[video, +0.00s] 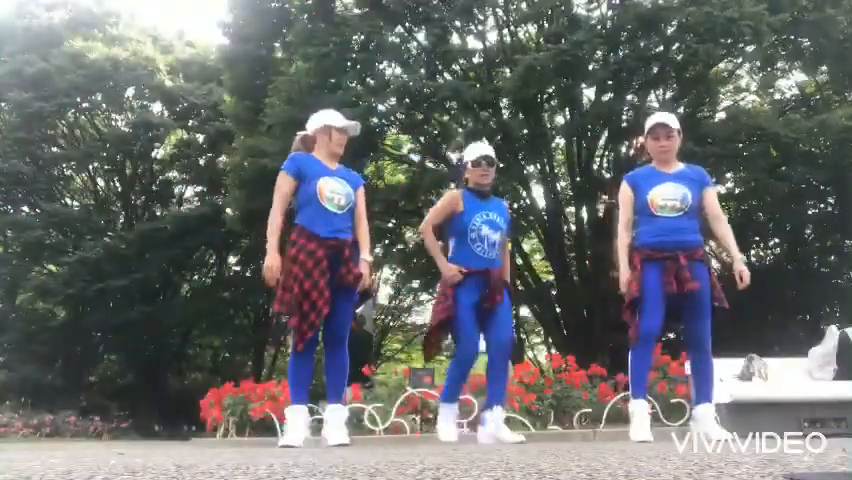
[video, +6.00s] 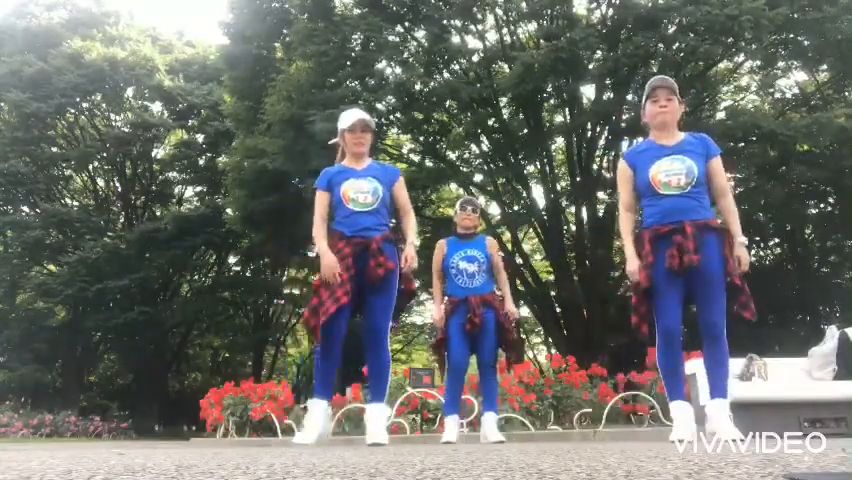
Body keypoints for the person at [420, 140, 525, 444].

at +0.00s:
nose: (484, 170)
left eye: (489, 164)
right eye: (477, 164)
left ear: (496, 170)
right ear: (466, 170)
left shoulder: (502, 207)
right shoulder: (457, 198)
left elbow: (505, 249)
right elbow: (426, 227)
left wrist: (505, 283)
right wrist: (443, 265)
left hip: (495, 281)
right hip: (465, 281)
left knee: (503, 344)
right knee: (468, 348)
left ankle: (493, 419)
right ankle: (448, 412)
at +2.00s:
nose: (476, 210)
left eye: (480, 205)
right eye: (470, 206)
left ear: (486, 210)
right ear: (462, 211)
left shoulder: (498, 241)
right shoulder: (454, 240)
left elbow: (510, 272)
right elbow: (440, 269)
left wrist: (519, 299)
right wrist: (440, 293)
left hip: (494, 304)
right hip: (465, 303)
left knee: (495, 362)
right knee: (465, 361)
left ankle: (500, 421)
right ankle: (457, 420)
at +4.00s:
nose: (481, 215)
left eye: (485, 211)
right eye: (475, 211)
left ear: (492, 215)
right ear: (466, 216)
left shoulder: (502, 239)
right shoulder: (460, 242)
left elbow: (523, 266)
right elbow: (441, 268)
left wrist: (505, 253)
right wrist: (461, 251)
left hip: (496, 305)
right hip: (468, 305)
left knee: (497, 364)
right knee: (463, 363)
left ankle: (501, 423)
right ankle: (456, 422)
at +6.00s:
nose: (468, 215)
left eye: (473, 212)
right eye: (463, 211)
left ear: (479, 218)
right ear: (455, 216)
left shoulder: (489, 243)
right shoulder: (443, 245)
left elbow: (500, 273)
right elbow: (437, 278)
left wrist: (508, 300)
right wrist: (438, 306)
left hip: (486, 306)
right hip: (456, 307)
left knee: (488, 362)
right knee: (458, 362)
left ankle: (490, 422)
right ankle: (451, 421)